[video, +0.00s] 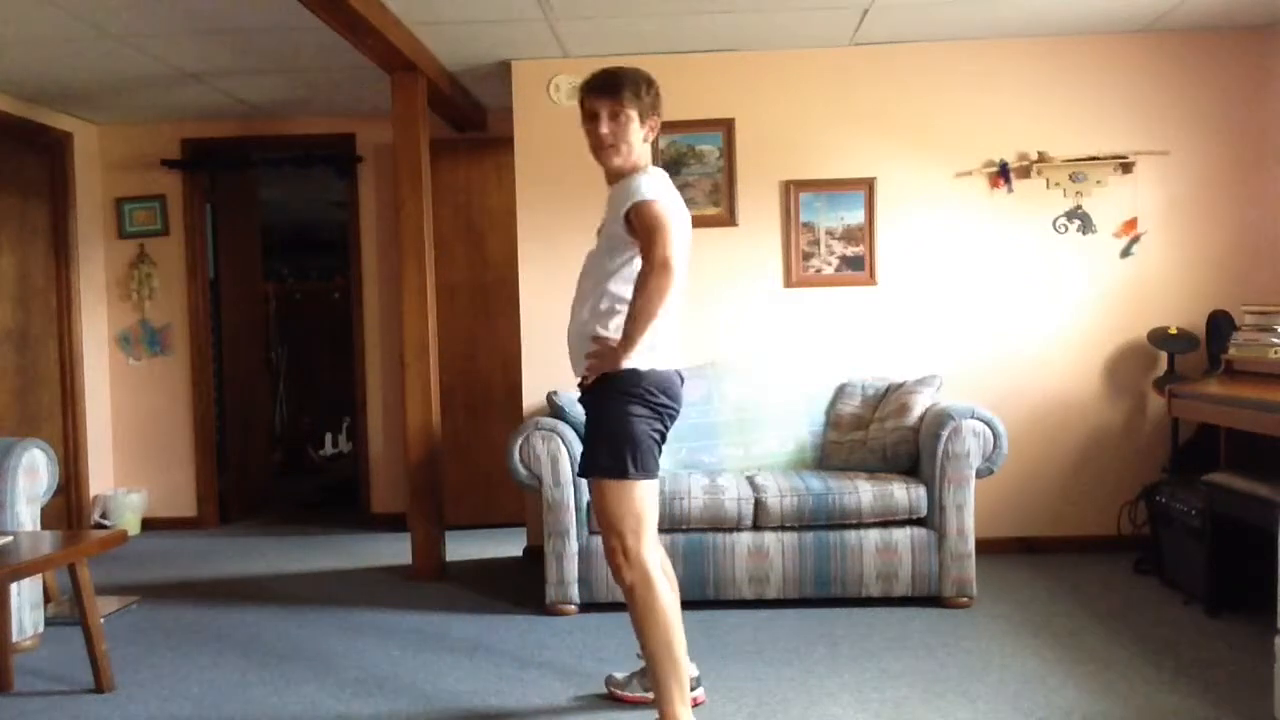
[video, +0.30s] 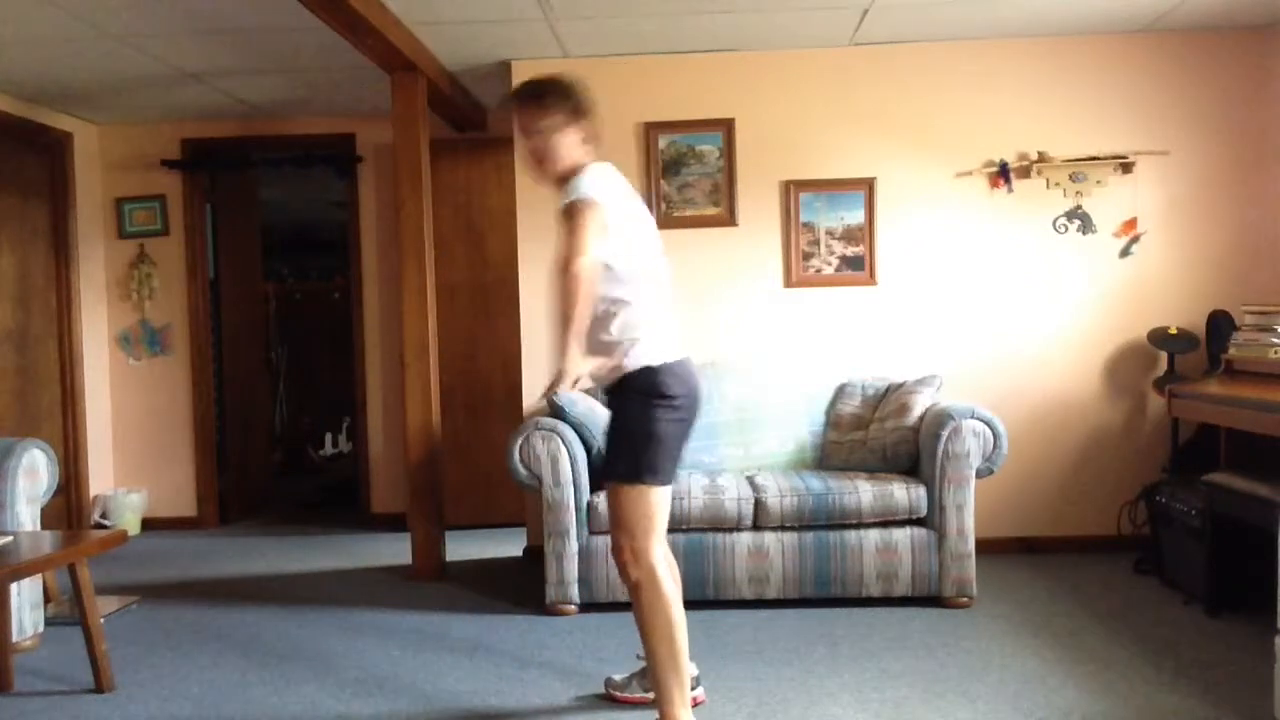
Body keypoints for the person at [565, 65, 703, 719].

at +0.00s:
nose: (603, 128)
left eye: (618, 116)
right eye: (594, 117)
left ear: (649, 127)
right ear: (584, 127)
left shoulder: (644, 188)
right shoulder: (635, 190)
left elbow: (662, 266)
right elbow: (646, 277)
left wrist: (623, 348)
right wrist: (607, 350)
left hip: (629, 383)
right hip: (627, 381)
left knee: (627, 551)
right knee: (635, 543)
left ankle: (673, 705)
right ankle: (673, 670)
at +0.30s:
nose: (529, 150)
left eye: (539, 134)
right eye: (523, 137)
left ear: (575, 129)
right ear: (577, 137)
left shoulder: (589, 188)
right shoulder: (609, 186)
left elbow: (582, 268)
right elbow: (643, 288)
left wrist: (568, 359)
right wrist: (611, 364)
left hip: (651, 382)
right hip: (656, 378)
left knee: (636, 554)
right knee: (646, 545)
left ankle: (676, 704)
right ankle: (674, 670)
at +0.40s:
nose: (471, 217)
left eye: (478, 200)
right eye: (468, 202)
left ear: (515, 190)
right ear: (520, 192)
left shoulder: (542, 235)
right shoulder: (560, 223)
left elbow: (519, 351)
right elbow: (568, 329)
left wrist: (510, 447)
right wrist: (565, 408)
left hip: (681, 393)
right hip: (685, 387)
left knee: (635, 558)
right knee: (649, 548)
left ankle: (675, 708)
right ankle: (674, 672)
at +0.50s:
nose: (447, 282)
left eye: (452, 267)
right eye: (443, 269)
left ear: (488, 251)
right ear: (492, 250)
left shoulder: (526, 294)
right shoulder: (538, 280)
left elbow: (505, 417)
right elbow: (555, 388)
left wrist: (486, 519)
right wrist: (542, 475)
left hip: (701, 400)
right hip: (693, 398)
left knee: (631, 559)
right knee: (642, 549)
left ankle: (676, 711)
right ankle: (675, 672)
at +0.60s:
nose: (440, 392)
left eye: (440, 376)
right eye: (434, 380)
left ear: (467, 357)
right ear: (469, 356)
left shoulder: (517, 388)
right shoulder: (532, 375)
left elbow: (501, 516)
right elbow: (522, 511)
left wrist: (467, 623)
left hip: (708, 428)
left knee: (615, 570)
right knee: (613, 533)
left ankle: (671, 711)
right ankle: (673, 671)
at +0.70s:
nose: (438, 468)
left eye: (434, 455)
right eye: (429, 459)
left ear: (454, 432)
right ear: (458, 422)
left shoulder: (514, 444)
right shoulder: (518, 421)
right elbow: (501, 562)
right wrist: (471, 636)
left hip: (705, 447)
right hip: (703, 435)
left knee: (600, 579)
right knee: (613, 554)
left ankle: (669, 712)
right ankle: (673, 671)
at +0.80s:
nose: (432, 518)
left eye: (427, 506)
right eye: (423, 511)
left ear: (450, 480)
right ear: (453, 473)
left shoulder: (506, 484)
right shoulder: (505, 461)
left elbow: (488, 627)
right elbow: (490, 618)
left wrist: (459, 712)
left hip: (698, 453)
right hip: (697, 443)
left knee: (586, 587)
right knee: (600, 551)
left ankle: (667, 712)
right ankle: (671, 670)